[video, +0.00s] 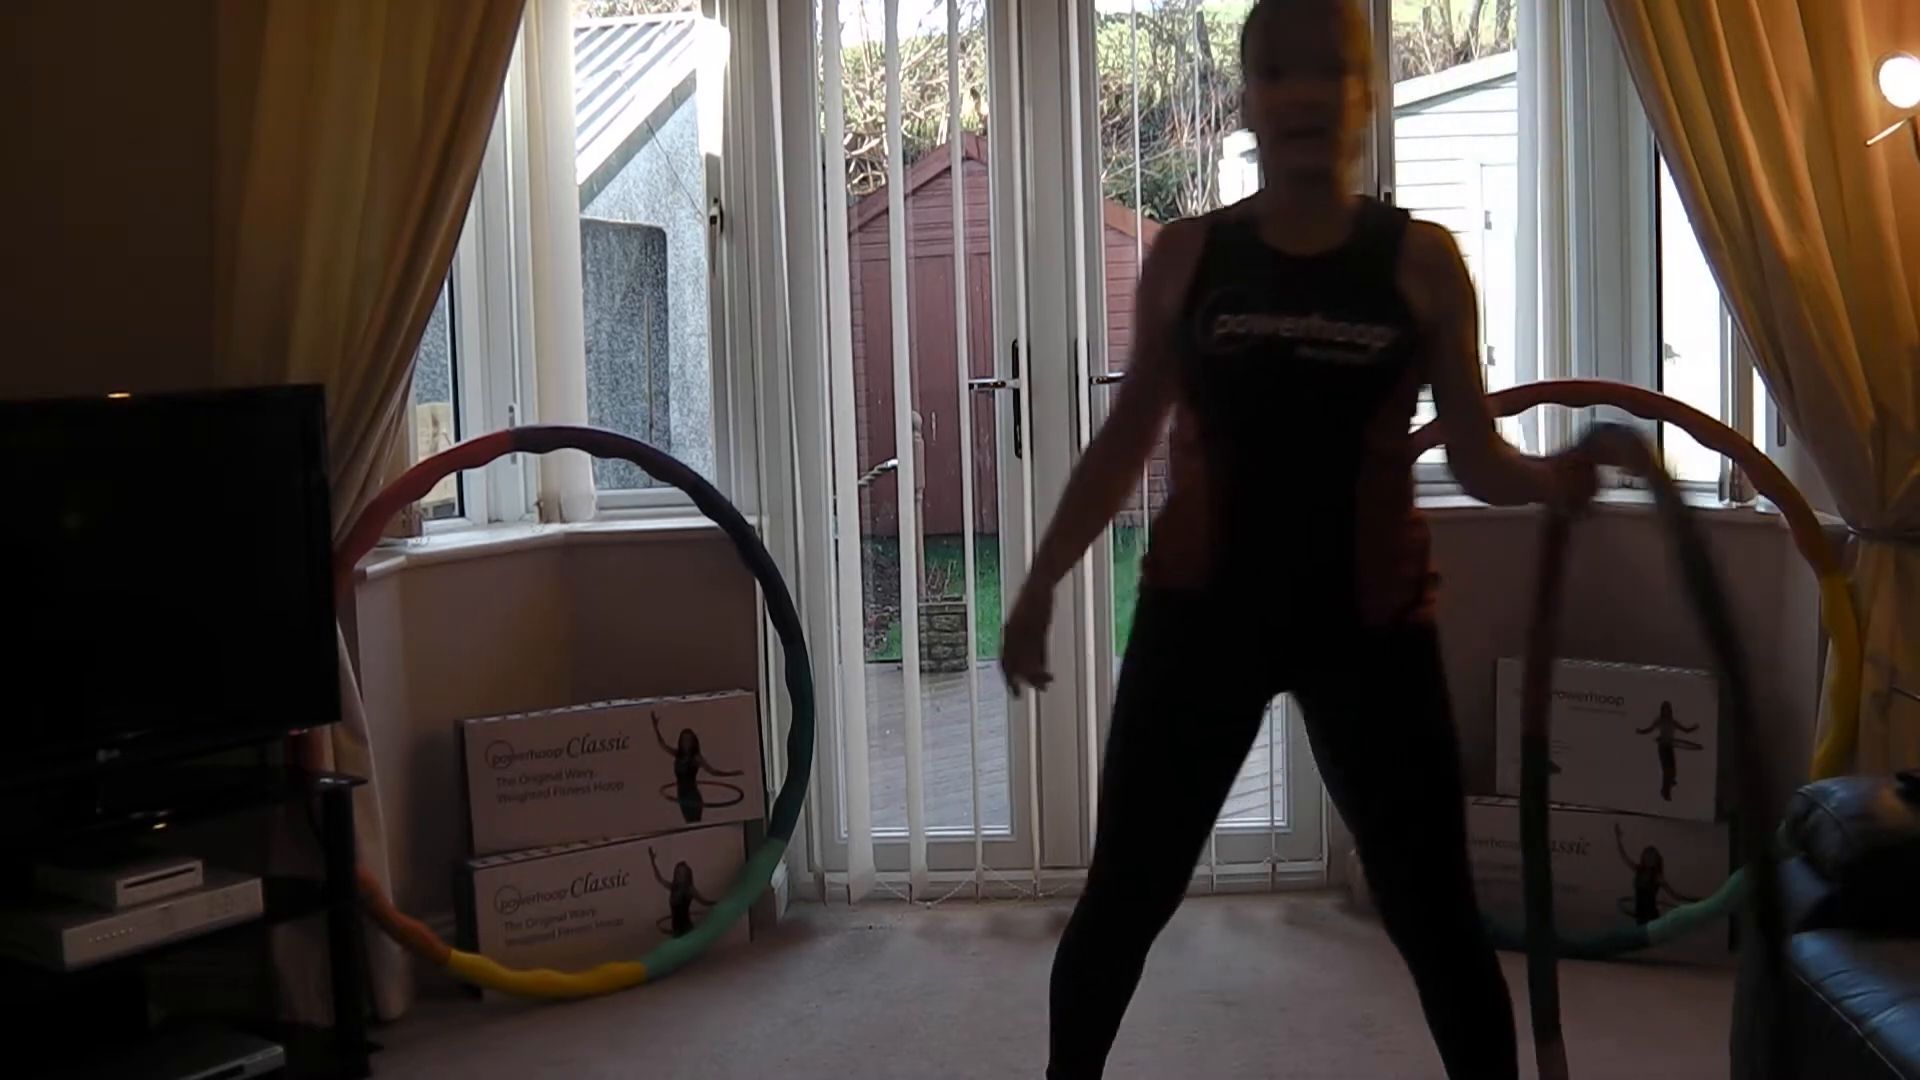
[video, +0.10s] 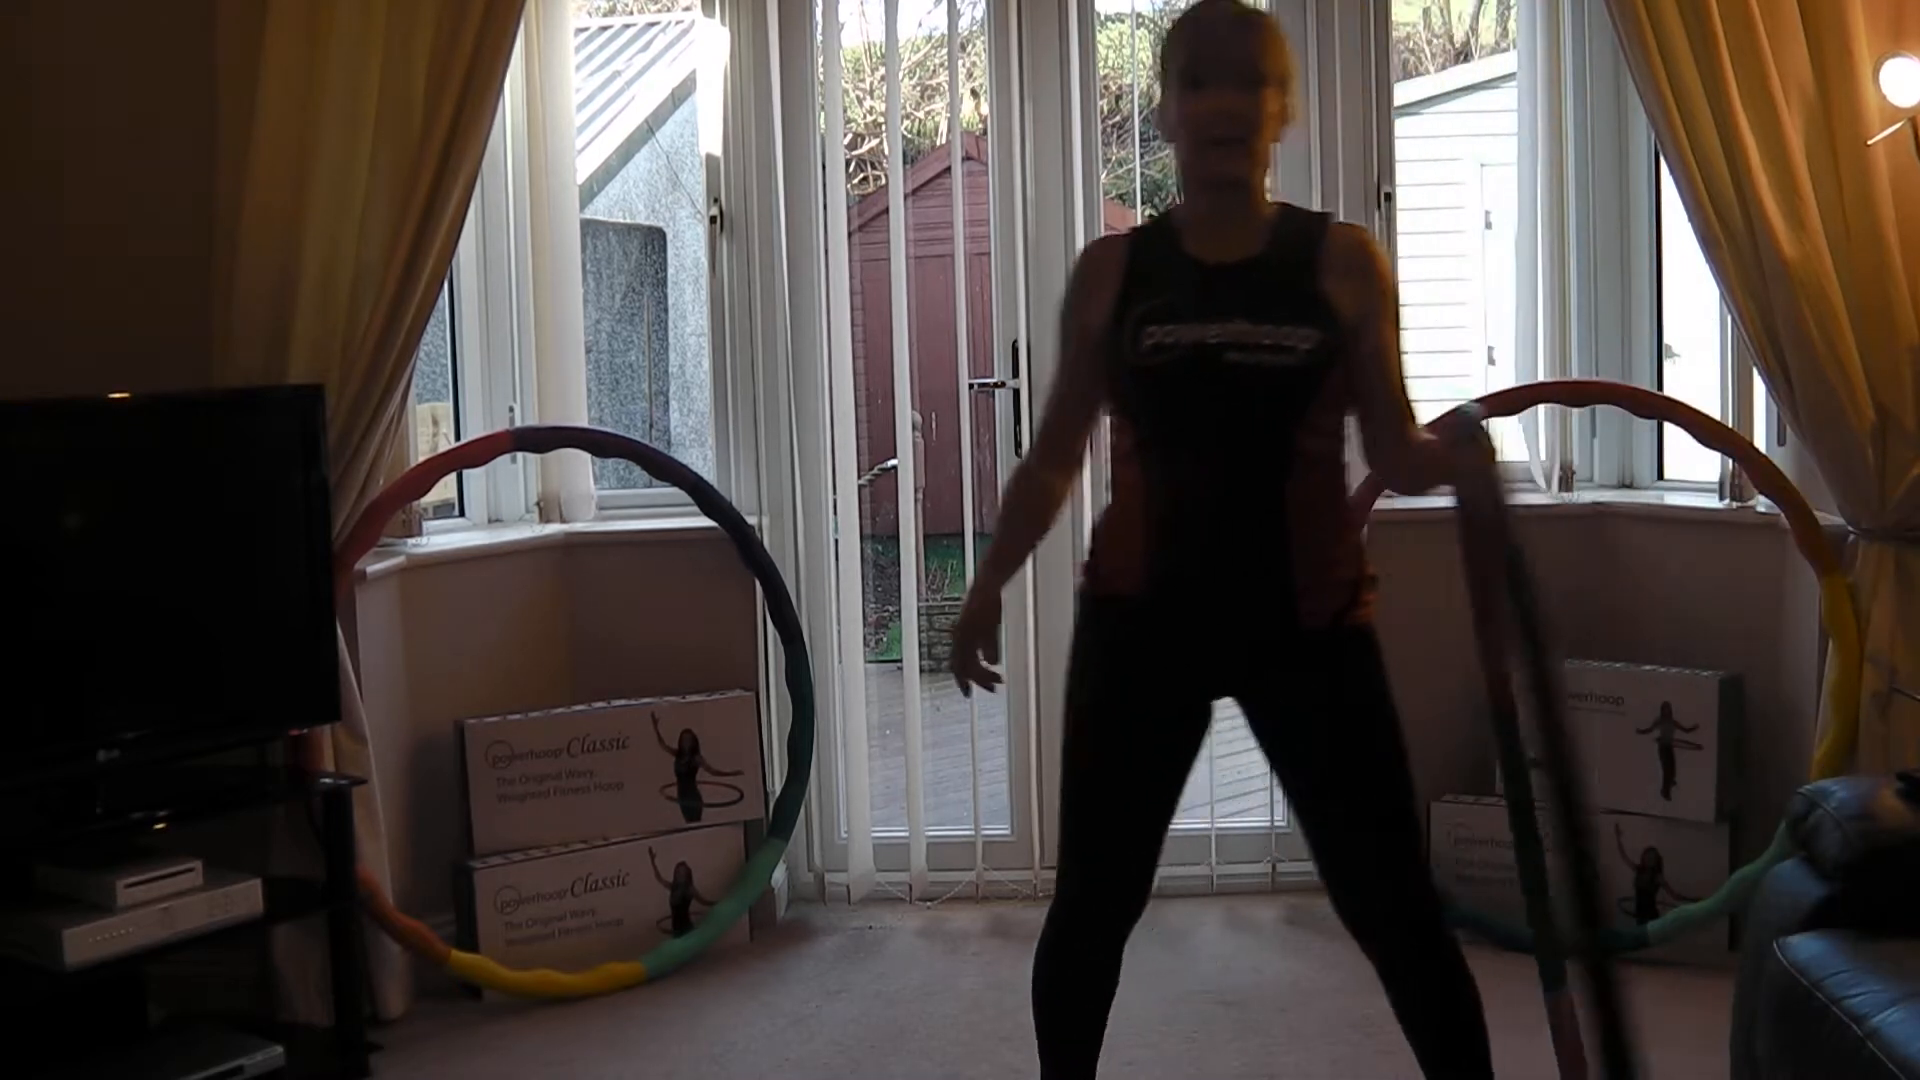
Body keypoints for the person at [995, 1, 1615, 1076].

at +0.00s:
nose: (1307, 96)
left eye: (1333, 71)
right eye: (1279, 70)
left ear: (1367, 90)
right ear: (1244, 93)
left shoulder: (1423, 261)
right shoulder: (1187, 254)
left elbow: (1476, 450)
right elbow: (1129, 435)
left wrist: (1545, 478)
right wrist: (1037, 585)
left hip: (1366, 618)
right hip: (1202, 613)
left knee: (1434, 912)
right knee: (1126, 895)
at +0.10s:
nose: (1226, 107)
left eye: (1252, 83)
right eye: (1199, 82)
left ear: (1285, 106)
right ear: (1163, 104)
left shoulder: (1343, 262)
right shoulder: (1111, 274)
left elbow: (1397, 456)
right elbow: (1055, 455)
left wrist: (1447, 449)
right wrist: (983, 590)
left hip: (1306, 620)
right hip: (1143, 621)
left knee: (1393, 909)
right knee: (1093, 904)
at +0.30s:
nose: (1100, 101)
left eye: (1123, 79)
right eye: (1073, 80)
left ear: (1157, 101)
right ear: (1040, 106)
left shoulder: (1227, 243)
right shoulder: (999, 270)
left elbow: (1305, 413)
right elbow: (942, 446)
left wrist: (1311, 409)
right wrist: (946, 511)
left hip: (1220, 591)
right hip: (1065, 598)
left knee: (1307, 871)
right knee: (1061, 878)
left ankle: (1352, 1072)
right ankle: (1060, 1079)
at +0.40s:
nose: (1070, 108)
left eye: (1091, 85)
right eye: (1042, 87)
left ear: (1123, 104)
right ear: (1005, 110)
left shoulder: (1191, 241)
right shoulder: (965, 275)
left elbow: (1276, 400)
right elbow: (917, 453)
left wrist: (1266, 403)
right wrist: (939, 491)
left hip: (1197, 587)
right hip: (1041, 599)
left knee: (1270, 876)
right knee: (1051, 885)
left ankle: (1259, 1071)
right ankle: (1066, 1078)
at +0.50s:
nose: (1059, 117)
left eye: (1078, 94)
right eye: (1031, 97)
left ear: (1104, 110)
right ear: (989, 118)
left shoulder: (1172, 243)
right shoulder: (951, 275)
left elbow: (1260, 391)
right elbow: (905, 459)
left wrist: (1229, 408)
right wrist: (939, 471)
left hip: (1178, 582)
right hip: (1035, 595)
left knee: (1233, 848)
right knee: (1042, 874)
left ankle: (1164, 1052)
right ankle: (1050, 1076)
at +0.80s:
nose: (1066, 135)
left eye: (1084, 112)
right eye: (1041, 113)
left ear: (1108, 121)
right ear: (998, 123)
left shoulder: (1164, 257)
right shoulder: (950, 274)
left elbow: (1265, 416)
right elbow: (880, 468)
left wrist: (1210, 391)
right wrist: (877, 462)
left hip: (1146, 597)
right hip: (1007, 601)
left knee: (1121, 853)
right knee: (1033, 857)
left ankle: (1066, 1026)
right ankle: (1048, 1067)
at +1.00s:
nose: (1068, 149)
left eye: (1089, 127)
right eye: (1047, 127)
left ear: (1119, 135)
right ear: (1013, 136)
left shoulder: (1168, 268)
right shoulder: (962, 271)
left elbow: (1256, 424)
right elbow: (898, 435)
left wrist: (1192, 382)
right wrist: (876, 426)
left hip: (1132, 589)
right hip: (996, 589)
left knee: (1091, 834)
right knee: (1021, 840)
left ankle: (1060, 1039)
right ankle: (1035, 1062)